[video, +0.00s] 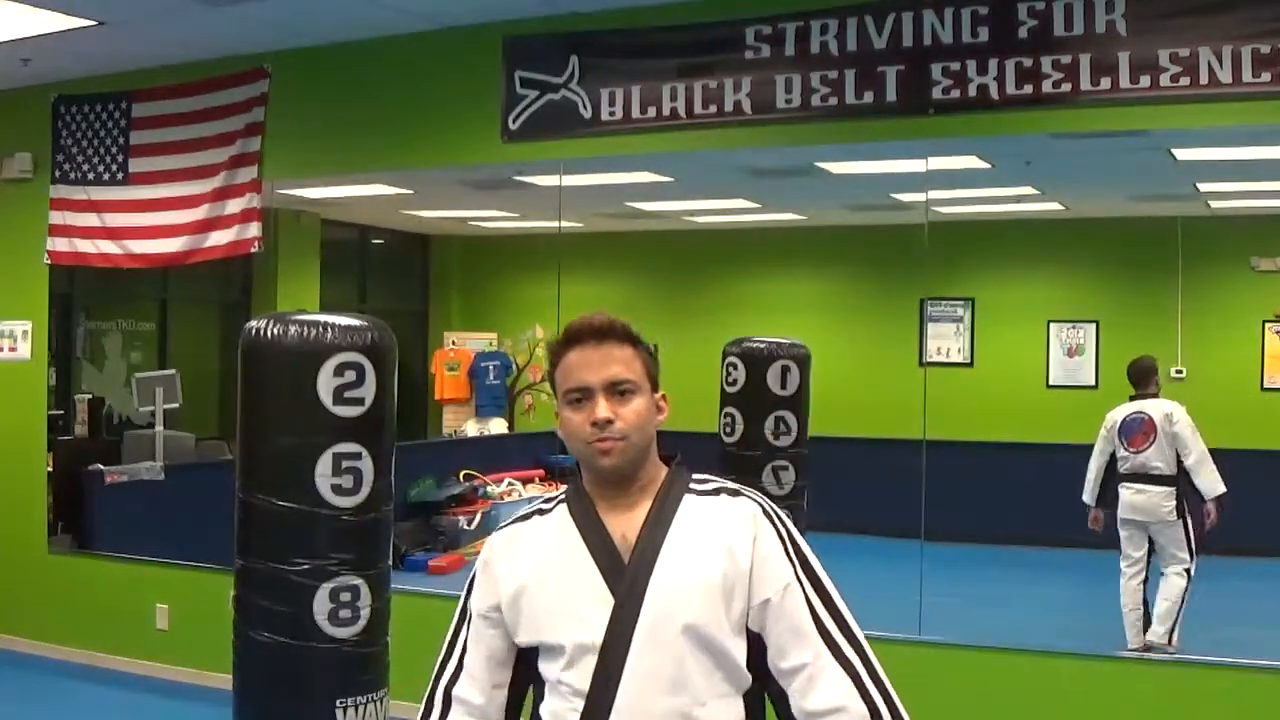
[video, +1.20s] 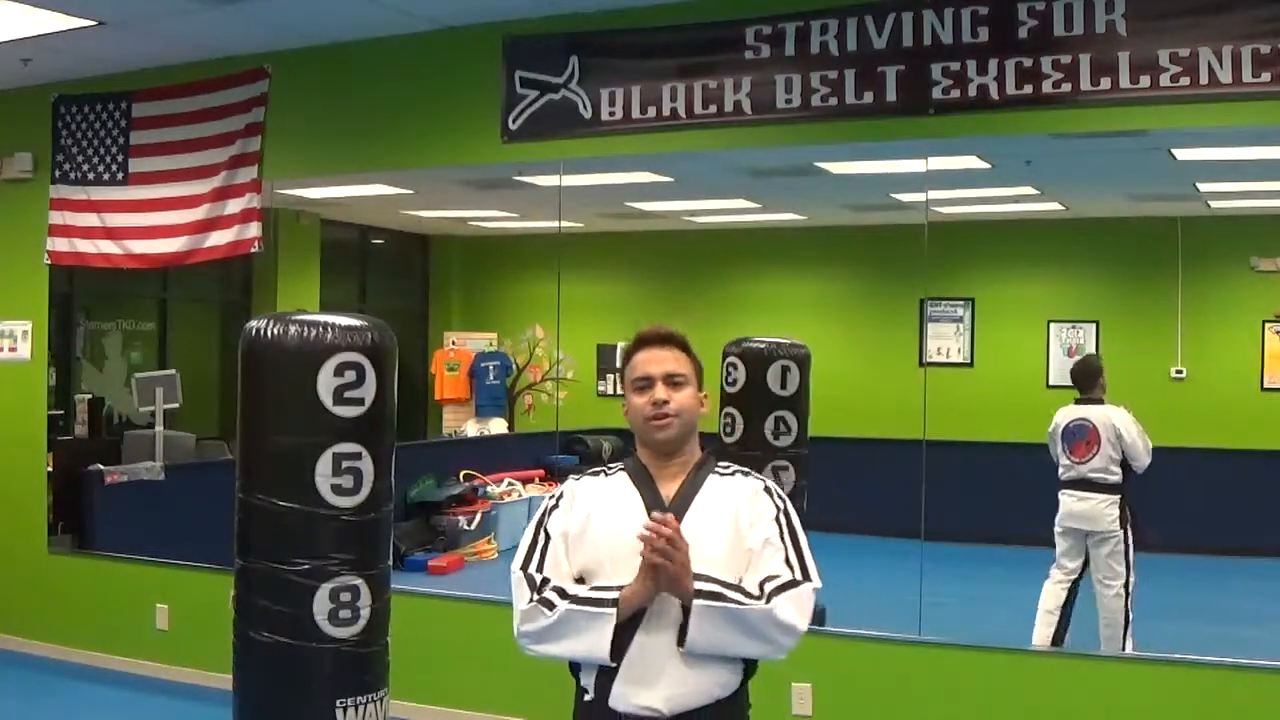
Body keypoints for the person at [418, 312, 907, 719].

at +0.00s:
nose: (602, 414)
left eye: (622, 392)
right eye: (579, 399)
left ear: (658, 406)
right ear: (558, 418)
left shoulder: (747, 528)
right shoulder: (511, 553)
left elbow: (838, 690)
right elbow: (457, 708)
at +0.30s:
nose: (654, 405)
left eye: (673, 389)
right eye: (634, 391)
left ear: (702, 408)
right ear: (609, 410)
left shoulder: (772, 527)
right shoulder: (553, 538)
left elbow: (846, 678)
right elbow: (483, 689)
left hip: (733, 713)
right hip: (606, 713)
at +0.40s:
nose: (676, 408)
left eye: (695, 392)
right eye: (656, 392)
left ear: (723, 415)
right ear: (631, 413)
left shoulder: (785, 529)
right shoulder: (569, 533)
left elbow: (843, 660)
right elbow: (502, 666)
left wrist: (857, 711)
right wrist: (468, 715)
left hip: (747, 714)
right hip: (617, 716)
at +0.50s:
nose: (696, 410)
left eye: (715, 396)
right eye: (678, 395)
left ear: (740, 417)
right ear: (651, 412)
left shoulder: (793, 528)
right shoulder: (586, 524)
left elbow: (848, 643)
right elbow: (514, 641)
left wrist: (833, 694)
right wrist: (513, 680)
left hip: (749, 711)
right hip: (626, 712)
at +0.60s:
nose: (709, 404)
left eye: (728, 391)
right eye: (692, 387)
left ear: (752, 413)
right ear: (665, 404)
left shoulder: (797, 519)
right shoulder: (594, 508)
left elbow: (846, 640)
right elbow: (523, 634)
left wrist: (796, 667)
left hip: (744, 715)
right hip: (625, 713)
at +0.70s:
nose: (714, 397)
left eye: (733, 385)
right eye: (698, 381)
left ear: (756, 408)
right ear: (672, 399)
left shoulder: (801, 511)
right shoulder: (601, 498)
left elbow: (834, 645)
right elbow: (547, 623)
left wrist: (731, 634)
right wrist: (631, 627)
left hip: (749, 711)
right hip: (630, 710)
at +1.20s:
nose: (659, 396)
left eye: (676, 383)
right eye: (643, 385)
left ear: (702, 401)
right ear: (625, 406)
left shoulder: (755, 498)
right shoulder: (574, 498)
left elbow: (786, 620)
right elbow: (533, 616)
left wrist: (690, 588)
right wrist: (631, 595)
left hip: (714, 708)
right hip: (605, 707)